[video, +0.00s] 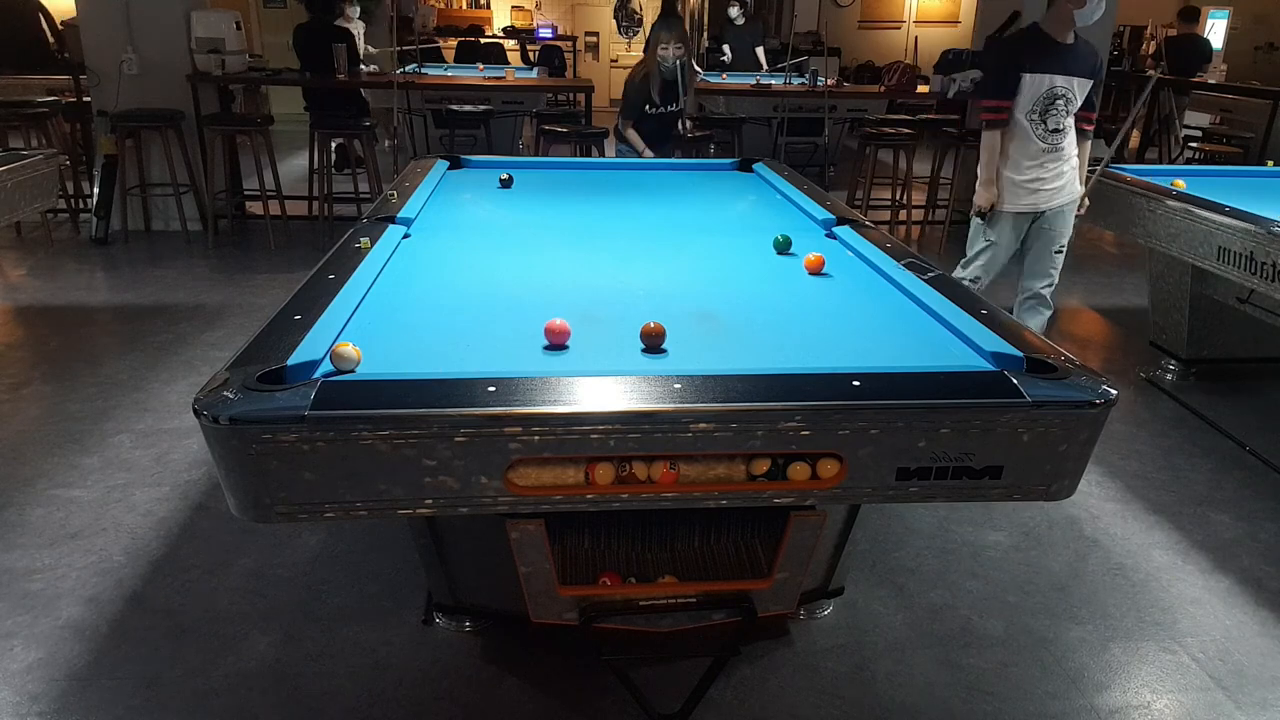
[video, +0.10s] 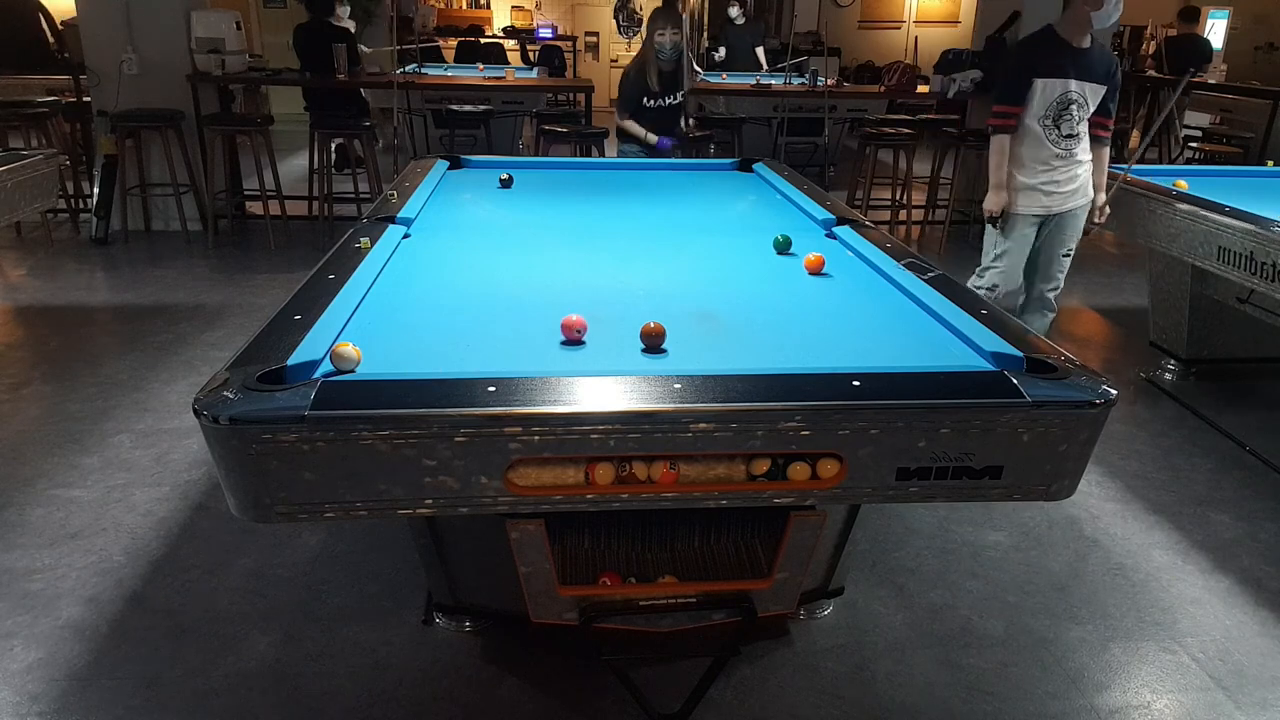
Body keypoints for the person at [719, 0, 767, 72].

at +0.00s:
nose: (731, 9)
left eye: (734, 6)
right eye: (729, 6)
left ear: (742, 10)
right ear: (727, 9)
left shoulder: (753, 25)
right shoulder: (726, 26)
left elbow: (758, 46)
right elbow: (724, 43)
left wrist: (764, 65)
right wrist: (728, 54)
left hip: (752, 70)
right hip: (733, 70)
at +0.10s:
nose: (731, 10)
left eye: (734, 7)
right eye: (729, 7)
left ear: (741, 9)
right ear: (727, 10)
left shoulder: (752, 26)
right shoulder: (725, 26)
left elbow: (758, 47)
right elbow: (722, 45)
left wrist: (765, 66)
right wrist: (721, 56)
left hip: (751, 72)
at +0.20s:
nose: (731, 10)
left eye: (734, 7)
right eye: (729, 7)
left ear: (742, 9)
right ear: (727, 9)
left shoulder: (753, 26)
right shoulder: (726, 26)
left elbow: (758, 46)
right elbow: (720, 45)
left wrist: (765, 66)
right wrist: (716, 58)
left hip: (750, 71)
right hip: (730, 70)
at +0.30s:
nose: (731, 10)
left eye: (734, 7)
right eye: (730, 7)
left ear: (742, 9)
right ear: (728, 9)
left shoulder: (753, 26)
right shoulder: (725, 26)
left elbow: (758, 47)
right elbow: (720, 46)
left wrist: (765, 66)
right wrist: (716, 62)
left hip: (750, 70)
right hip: (729, 70)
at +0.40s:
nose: (732, 10)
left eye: (735, 7)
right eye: (730, 7)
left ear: (743, 9)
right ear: (728, 9)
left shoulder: (753, 26)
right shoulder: (726, 26)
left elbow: (759, 47)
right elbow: (720, 47)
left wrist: (765, 66)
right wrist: (717, 66)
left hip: (750, 72)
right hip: (729, 72)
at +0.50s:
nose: (732, 10)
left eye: (736, 7)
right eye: (731, 7)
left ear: (743, 9)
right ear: (728, 9)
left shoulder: (753, 26)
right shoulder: (726, 26)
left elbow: (759, 47)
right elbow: (721, 47)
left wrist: (765, 66)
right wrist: (716, 65)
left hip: (750, 72)